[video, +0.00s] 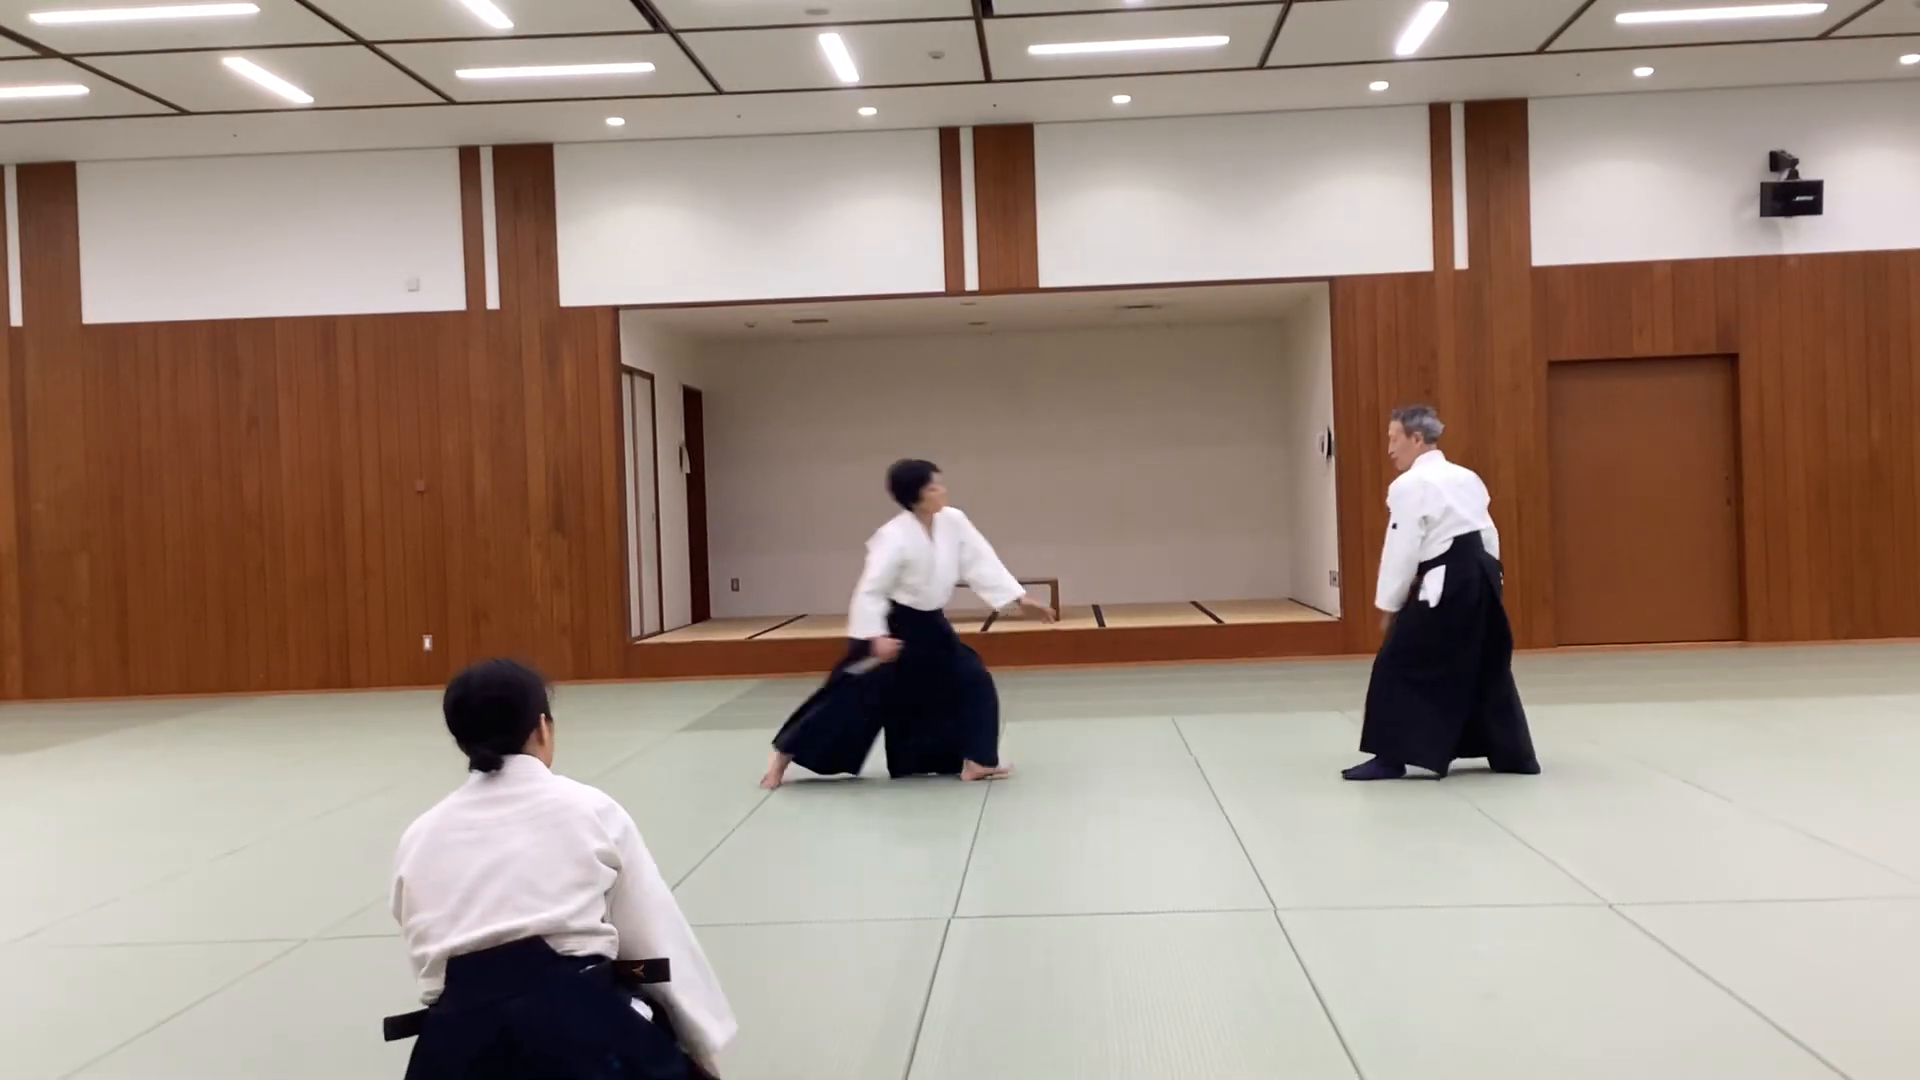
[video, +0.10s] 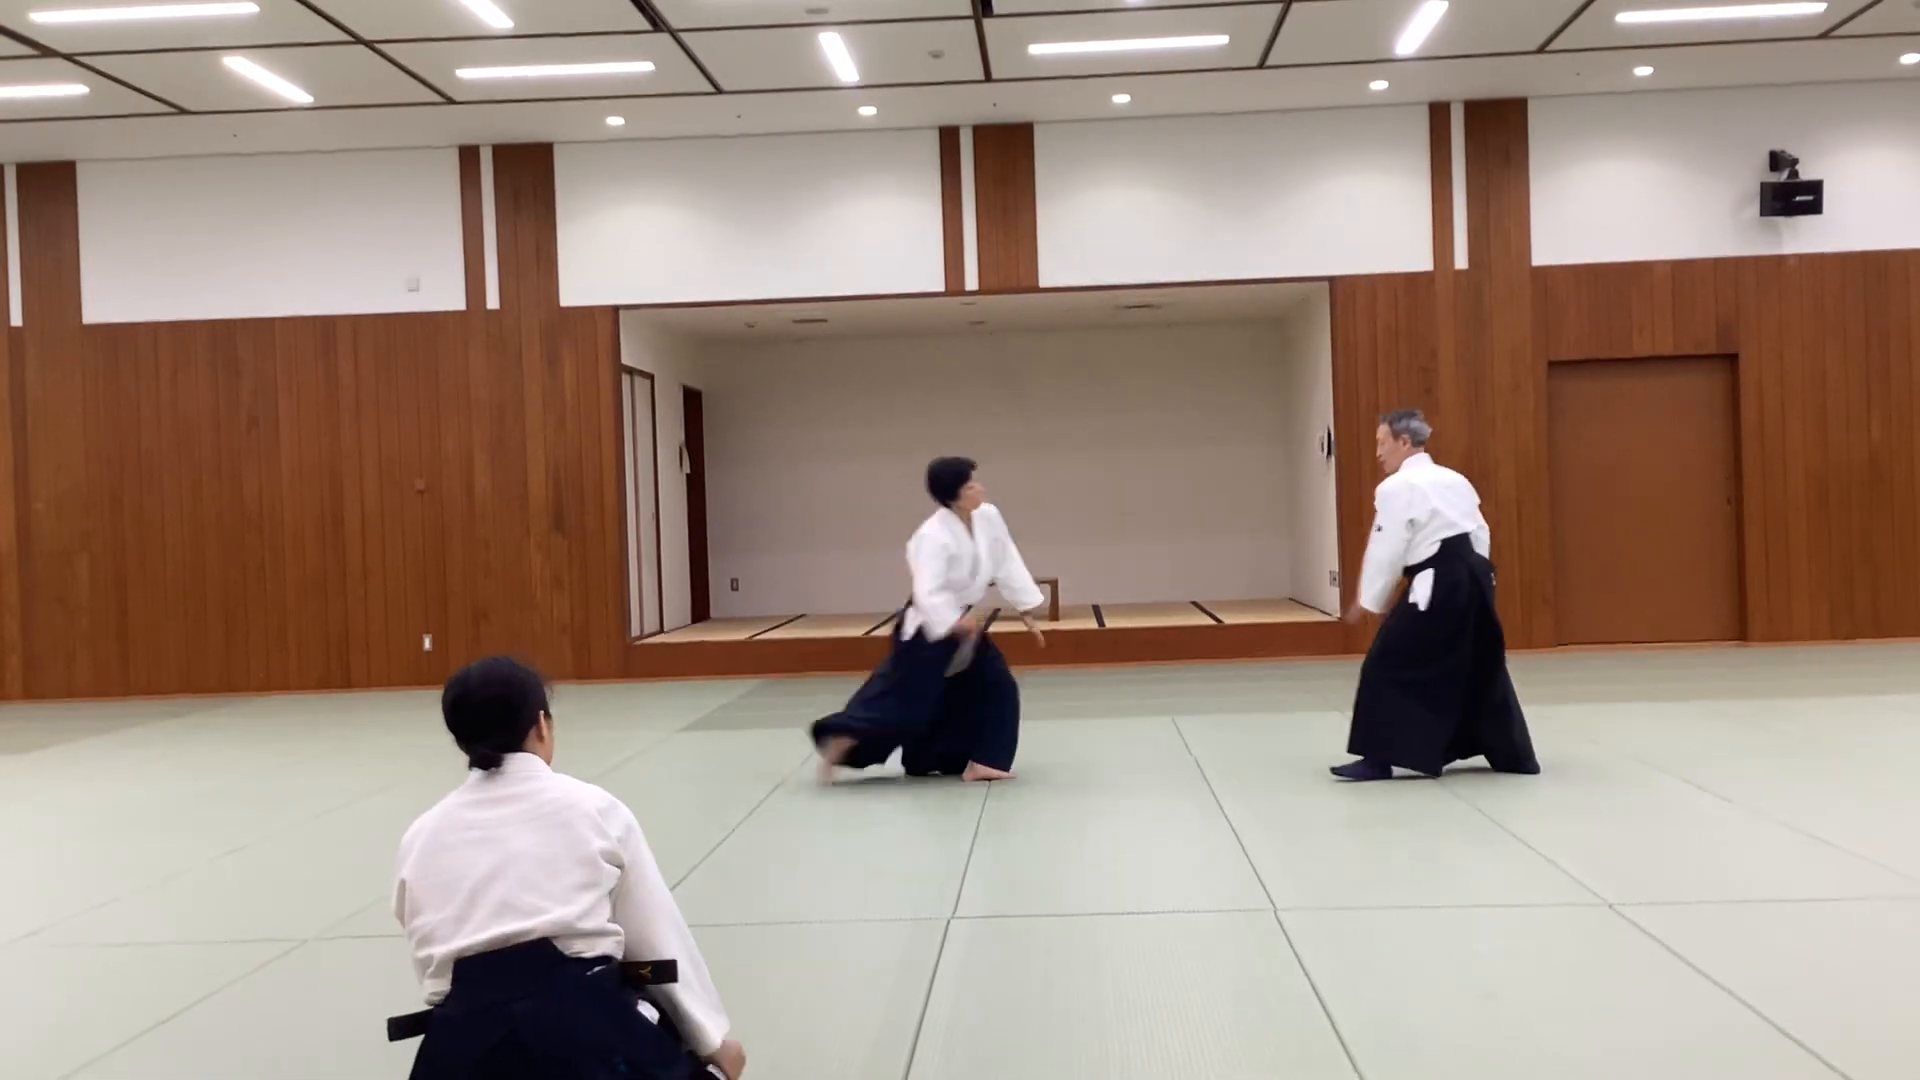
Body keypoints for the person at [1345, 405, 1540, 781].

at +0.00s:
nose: (1389, 448)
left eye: (1394, 439)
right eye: (1388, 439)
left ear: (1417, 439)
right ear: (1426, 440)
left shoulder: (1409, 485)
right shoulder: (1468, 477)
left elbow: (1401, 552)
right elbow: (1488, 534)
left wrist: (1388, 604)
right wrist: (1490, 576)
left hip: (1445, 581)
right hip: (1484, 577)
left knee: (1394, 663)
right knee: (1488, 663)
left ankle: (1388, 758)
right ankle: (1516, 754)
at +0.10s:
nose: (1377, 452)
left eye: (1382, 443)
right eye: (1377, 444)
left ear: (1405, 443)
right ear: (1417, 444)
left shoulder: (1396, 487)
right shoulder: (1456, 479)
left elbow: (1385, 550)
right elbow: (1480, 531)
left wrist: (1366, 600)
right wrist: (1479, 574)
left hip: (1436, 582)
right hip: (1477, 577)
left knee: (1383, 662)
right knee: (1482, 663)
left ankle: (1376, 759)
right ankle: (1515, 754)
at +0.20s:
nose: (1360, 455)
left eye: (1363, 446)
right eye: (1359, 447)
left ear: (1386, 445)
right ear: (1397, 446)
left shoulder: (1377, 489)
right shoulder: (1433, 478)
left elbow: (1351, 543)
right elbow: (1463, 515)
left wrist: (1316, 574)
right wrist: (1434, 549)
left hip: (1415, 587)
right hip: (1451, 582)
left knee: (1366, 666)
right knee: (1469, 666)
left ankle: (1372, 761)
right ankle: (1516, 752)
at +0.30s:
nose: (1340, 456)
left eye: (1345, 447)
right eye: (1340, 448)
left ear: (1367, 445)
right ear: (1375, 447)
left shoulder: (1359, 481)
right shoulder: (1415, 481)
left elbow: (1313, 511)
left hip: (1392, 584)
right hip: (1424, 579)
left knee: (1357, 668)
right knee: (1433, 669)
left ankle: (1375, 760)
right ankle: (1493, 733)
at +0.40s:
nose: (1321, 451)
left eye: (1326, 444)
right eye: (1322, 444)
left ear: (1351, 444)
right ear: (1353, 446)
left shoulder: (1356, 473)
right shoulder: (1370, 468)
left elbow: (1299, 483)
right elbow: (1308, 478)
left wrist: (1241, 481)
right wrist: (1256, 477)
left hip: (1377, 581)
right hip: (1392, 576)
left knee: (1358, 670)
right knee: (1397, 664)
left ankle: (1375, 762)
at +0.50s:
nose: (1306, 447)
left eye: (1312, 440)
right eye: (1306, 440)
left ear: (1334, 440)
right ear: (1333, 440)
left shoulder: (1342, 465)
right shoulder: (1329, 464)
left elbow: (1284, 463)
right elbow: (1309, 475)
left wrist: (1222, 456)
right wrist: (1293, 454)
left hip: (1369, 580)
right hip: (1348, 579)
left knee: (1363, 671)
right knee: (1316, 661)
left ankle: (1371, 763)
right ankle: (1336, 748)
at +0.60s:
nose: (1286, 447)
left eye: (1293, 440)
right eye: (1286, 441)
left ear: (1319, 441)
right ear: (1312, 441)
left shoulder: (1327, 467)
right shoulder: (1303, 490)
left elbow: (1262, 453)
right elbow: (1261, 497)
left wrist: (1204, 433)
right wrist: (1221, 460)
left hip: (1349, 582)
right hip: (1322, 584)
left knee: (1358, 670)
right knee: (1280, 653)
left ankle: (1372, 761)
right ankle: (1270, 736)